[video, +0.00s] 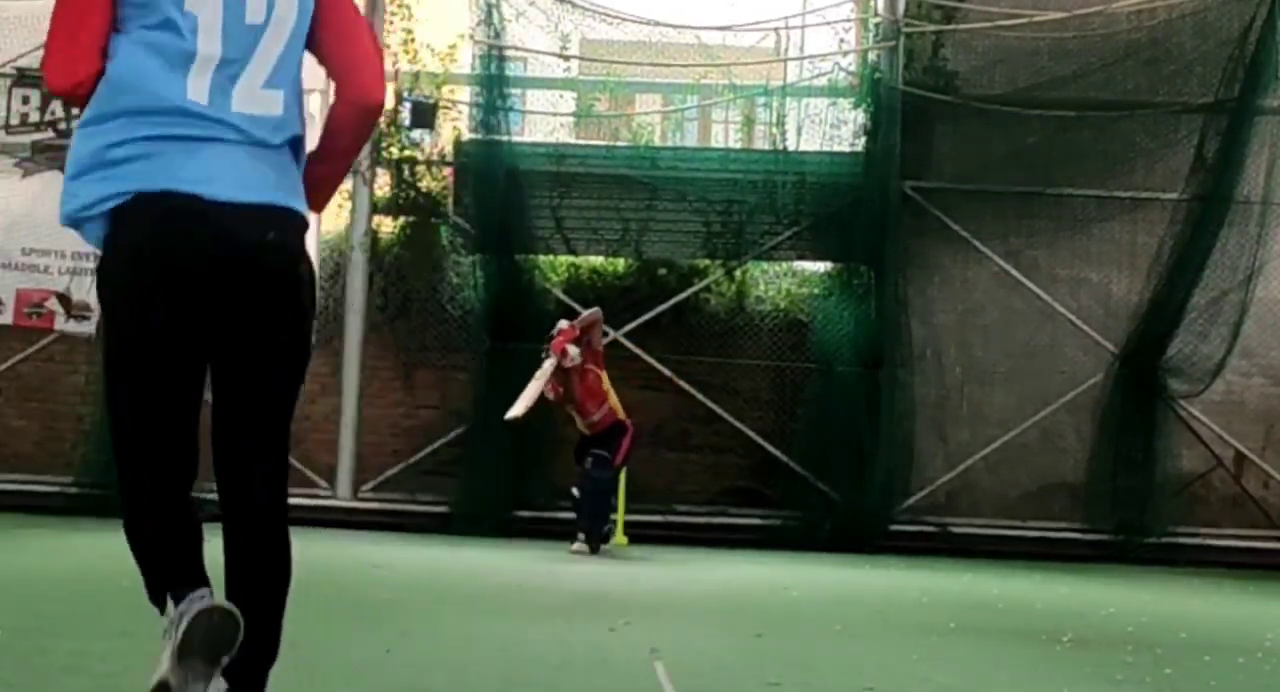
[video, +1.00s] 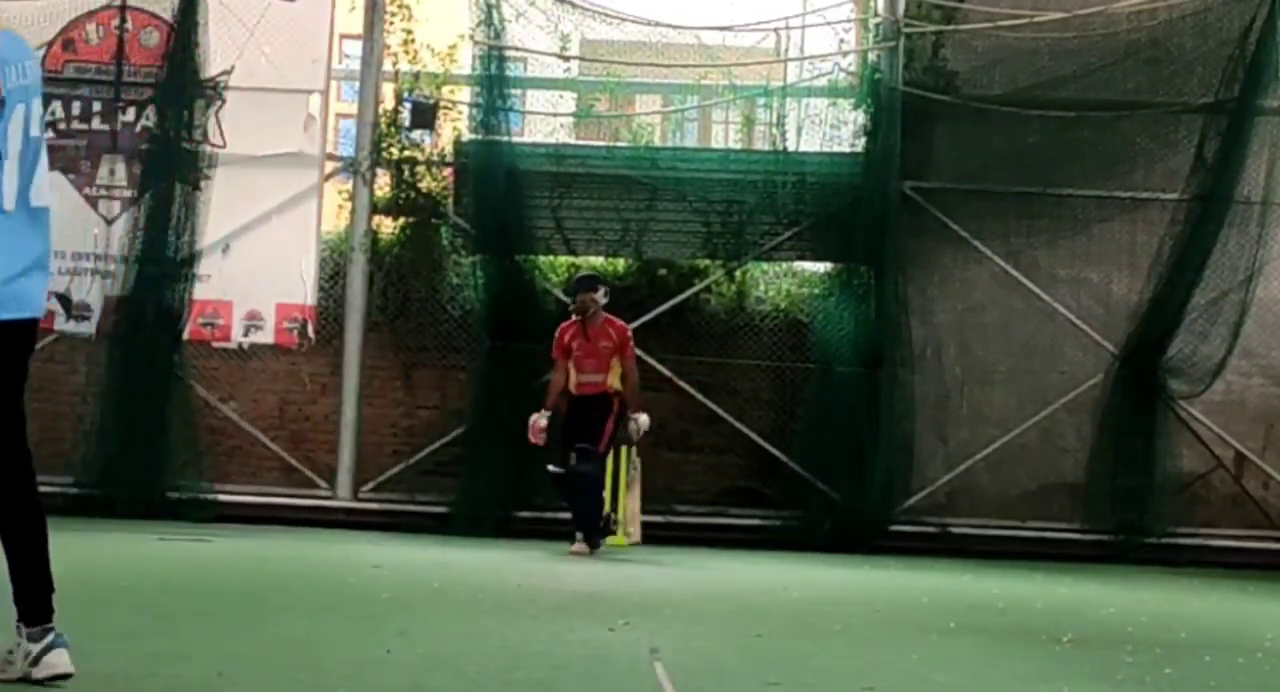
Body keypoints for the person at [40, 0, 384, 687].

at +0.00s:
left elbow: (68, 72)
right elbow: (366, 89)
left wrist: (140, 92)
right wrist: (308, 193)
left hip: (151, 219)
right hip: (269, 231)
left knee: (152, 467)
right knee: (257, 483)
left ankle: (188, 605)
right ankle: (245, 681)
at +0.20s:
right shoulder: (271, 5)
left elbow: (90, 100)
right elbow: (298, 139)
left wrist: (73, 153)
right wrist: (214, 170)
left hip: (120, 263)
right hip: (228, 262)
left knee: (123, 470)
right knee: (232, 474)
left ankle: (167, 637)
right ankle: (241, 673)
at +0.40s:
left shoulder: (60, 6)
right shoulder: (202, 15)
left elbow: (37, 128)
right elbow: (239, 155)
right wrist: (146, 136)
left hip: (85, 289)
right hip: (186, 284)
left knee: (87, 487)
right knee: (219, 468)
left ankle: (99, 665)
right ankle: (258, 608)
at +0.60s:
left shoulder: (24, 30)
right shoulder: (166, 32)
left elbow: (6, 134)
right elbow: (209, 150)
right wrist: (137, 183)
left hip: (32, 291)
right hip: (128, 293)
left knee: (55, 476)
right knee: (131, 468)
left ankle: (91, 651)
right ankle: (152, 648)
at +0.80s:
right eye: (6, 7)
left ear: (7, 8)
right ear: (55, 7)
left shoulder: (11, 65)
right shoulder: (110, 68)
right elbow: (167, 173)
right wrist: (97, 226)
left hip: (12, 308)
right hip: (75, 312)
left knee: (12, 473)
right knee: (39, 473)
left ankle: (58, 601)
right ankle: (39, 636)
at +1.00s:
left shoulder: (17, 55)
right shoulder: (18, 54)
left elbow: (30, 186)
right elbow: (32, 185)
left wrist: (38, 286)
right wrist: (39, 283)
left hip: (12, 298)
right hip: (17, 297)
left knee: (12, 468)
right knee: (12, 469)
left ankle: (38, 633)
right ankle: (38, 632)